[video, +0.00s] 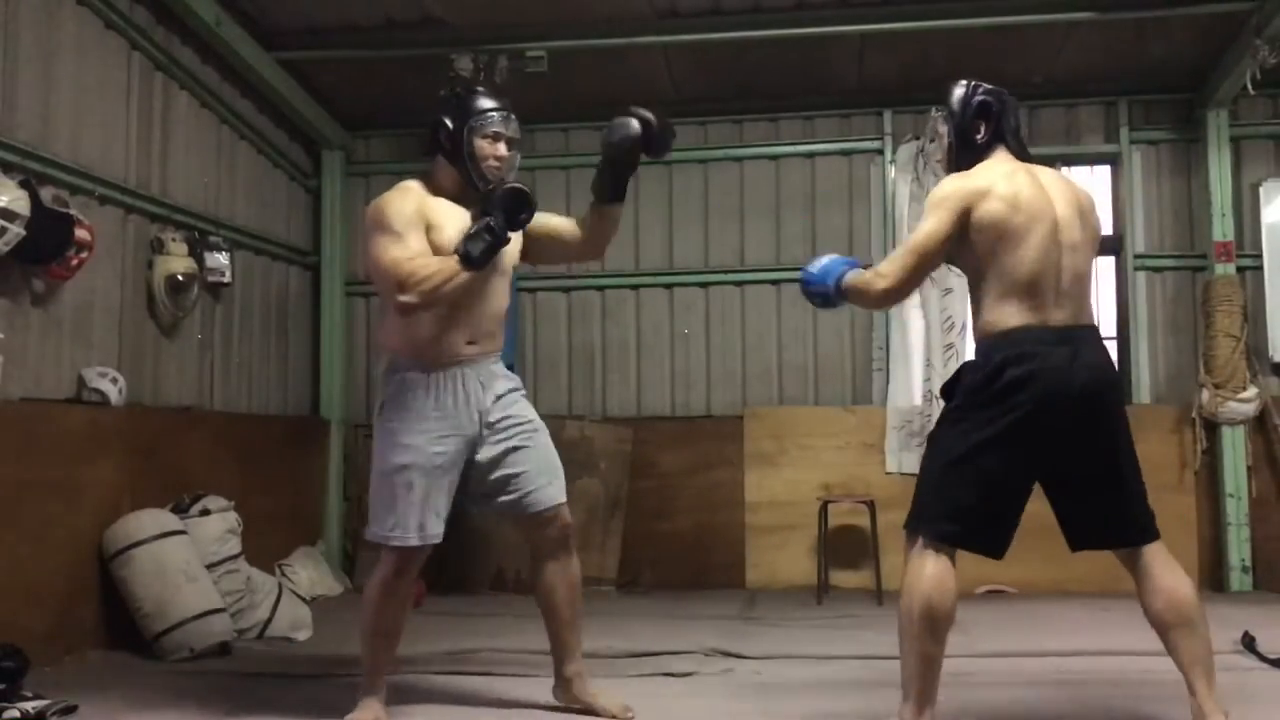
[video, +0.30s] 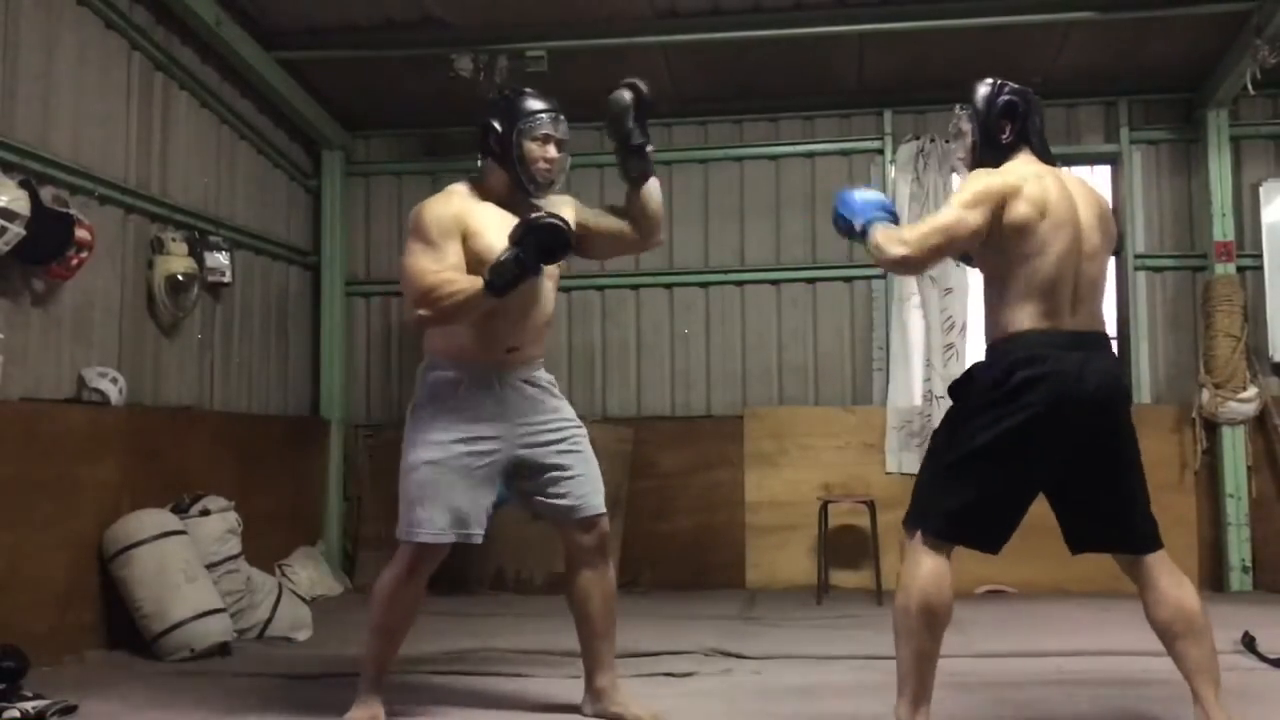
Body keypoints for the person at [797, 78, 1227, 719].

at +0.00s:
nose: (937, 145)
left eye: (940, 133)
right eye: (937, 132)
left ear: (966, 133)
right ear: (1008, 131)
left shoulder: (960, 189)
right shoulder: (1073, 190)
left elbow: (885, 287)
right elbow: (1073, 261)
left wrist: (837, 277)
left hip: (1006, 374)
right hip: (1089, 372)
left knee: (932, 542)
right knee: (1142, 544)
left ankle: (916, 709)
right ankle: (1210, 706)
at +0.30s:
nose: (961, 147)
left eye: (965, 133)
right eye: (960, 133)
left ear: (995, 132)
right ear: (1029, 132)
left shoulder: (992, 185)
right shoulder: (1091, 196)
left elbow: (905, 253)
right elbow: (1027, 263)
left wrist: (870, 222)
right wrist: (958, 242)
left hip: (1017, 377)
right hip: (1098, 378)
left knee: (930, 539)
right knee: (1147, 555)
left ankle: (911, 709)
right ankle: (1214, 709)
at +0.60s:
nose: (1000, 143)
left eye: (1005, 130)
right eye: (999, 129)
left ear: (1033, 130)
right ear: (1070, 130)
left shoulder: (1031, 188)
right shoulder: (1131, 199)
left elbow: (935, 272)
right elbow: (1080, 279)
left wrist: (879, 258)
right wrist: (1002, 258)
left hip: (1056, 383)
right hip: (1132, 383)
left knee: (965, 547)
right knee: (1170, 566)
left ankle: (914, 709)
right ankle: (1239, 709)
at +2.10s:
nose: (1043, 139)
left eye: (1050, 123)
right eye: (1044, 123)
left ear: (1084, 124)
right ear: (1122, 125)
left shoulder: (1088, 187)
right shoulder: (1198, 195)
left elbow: (1007, 287)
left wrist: (931, 269)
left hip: (1111, 393)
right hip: (1199, 393)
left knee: (1015, 557)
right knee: (1242, 574)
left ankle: (959, 709)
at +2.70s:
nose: (1043, 142)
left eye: (1044, 125)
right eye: (1039, 129)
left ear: (1066, 117)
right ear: (1119, 114)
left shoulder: (1095, 169)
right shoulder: (1187, 177)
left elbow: (984, 234)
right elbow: (1170, 311)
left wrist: (959, 161)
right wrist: (1066, 305)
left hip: (1141, 377)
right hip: (1224, 376)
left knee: (1035, 543)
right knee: (1241, 556)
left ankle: (1034, 712)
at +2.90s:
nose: (1060, 131)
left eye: (1064, 113)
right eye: (1057, 115)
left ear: (1098, 109)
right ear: (1135, 109)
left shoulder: (1127, 166)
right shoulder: (1201, 174)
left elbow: (1032, 252)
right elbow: (1155, 313)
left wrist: (985, 189)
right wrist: (1068, 282)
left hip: (1156, 379)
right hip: (1239, 376)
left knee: (1061, 549)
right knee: (1272, 563)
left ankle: (1038, 711)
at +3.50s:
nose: (1049, 139)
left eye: (1059, 122)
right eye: (1046, 126)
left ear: (1106, 119)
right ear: (1118, 125)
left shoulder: (1141, 181)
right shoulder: (1174, 183)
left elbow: (1109, 305)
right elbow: (1134, 290)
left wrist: (1023, 260)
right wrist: (1057, 244)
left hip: (1161, 390)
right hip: (1218, 390)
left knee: (1037, 548)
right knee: (1239, 571)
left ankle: (1030, 713)